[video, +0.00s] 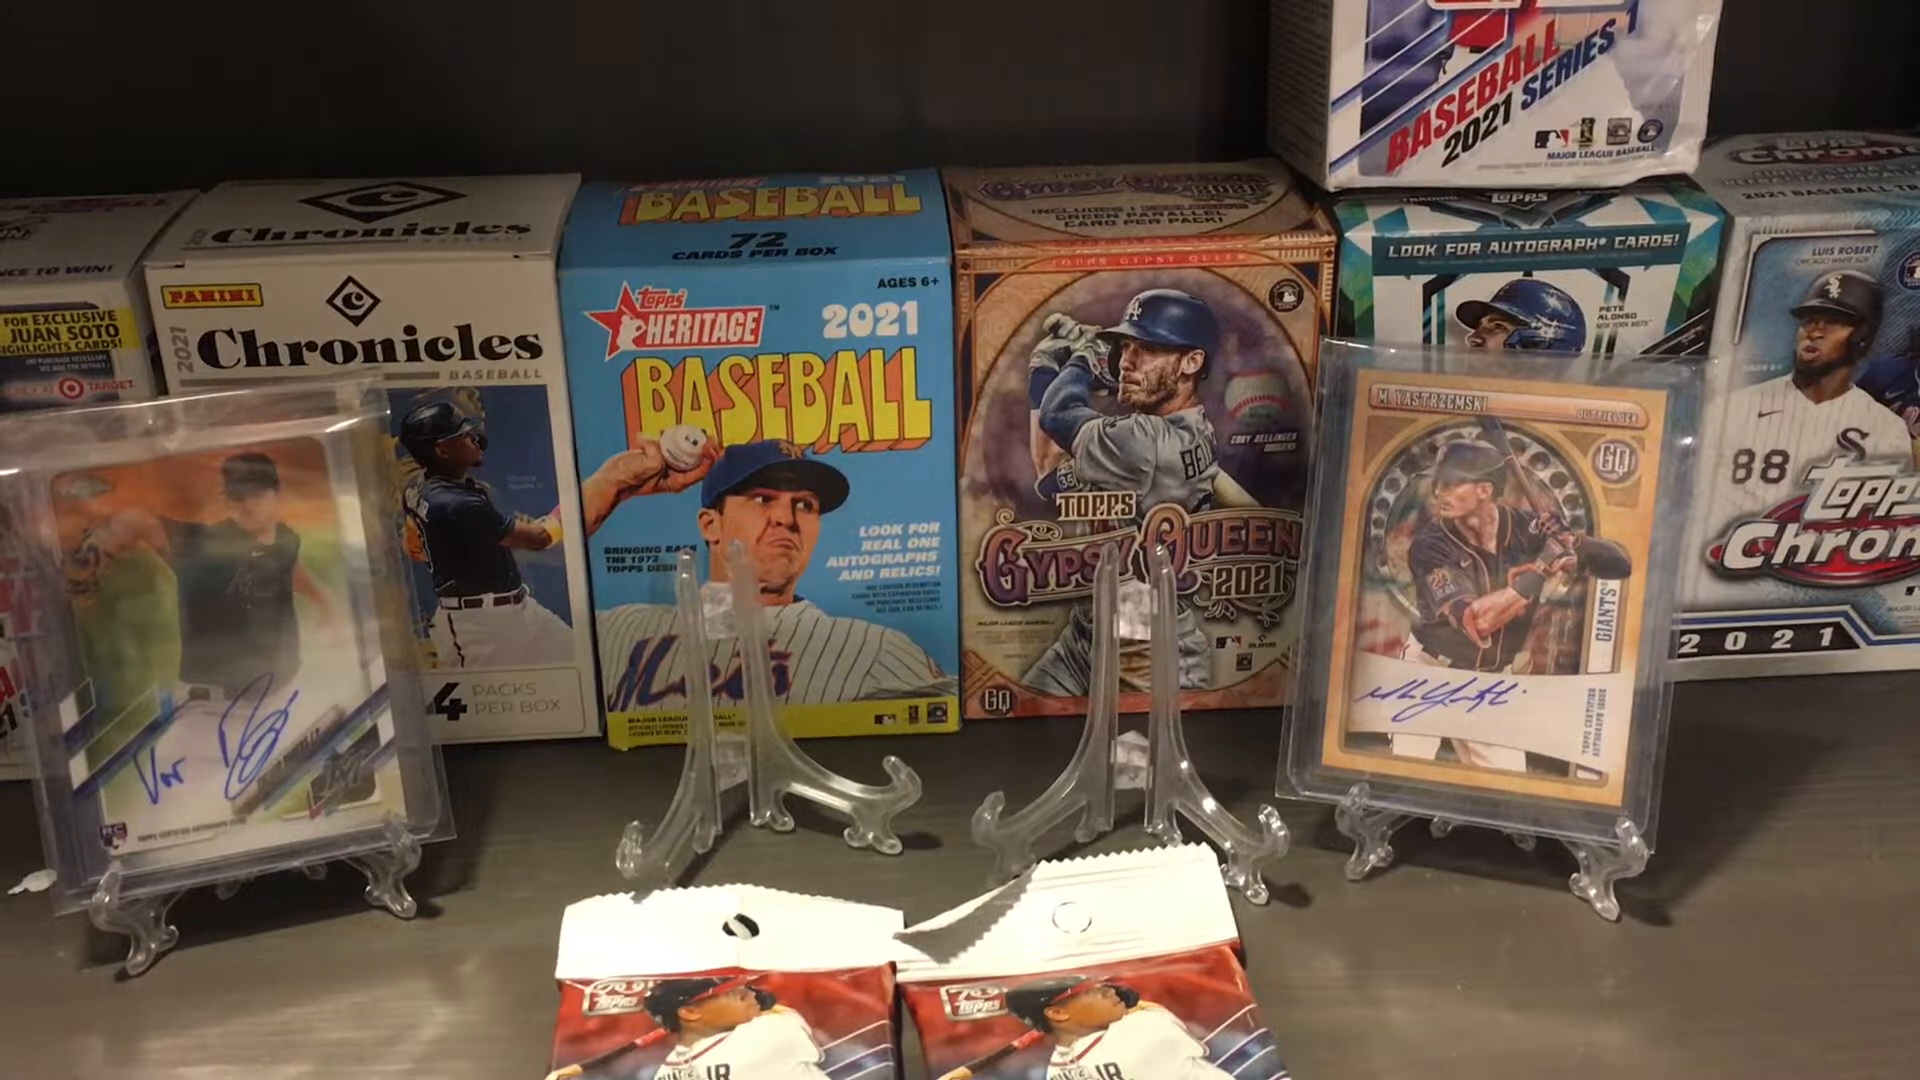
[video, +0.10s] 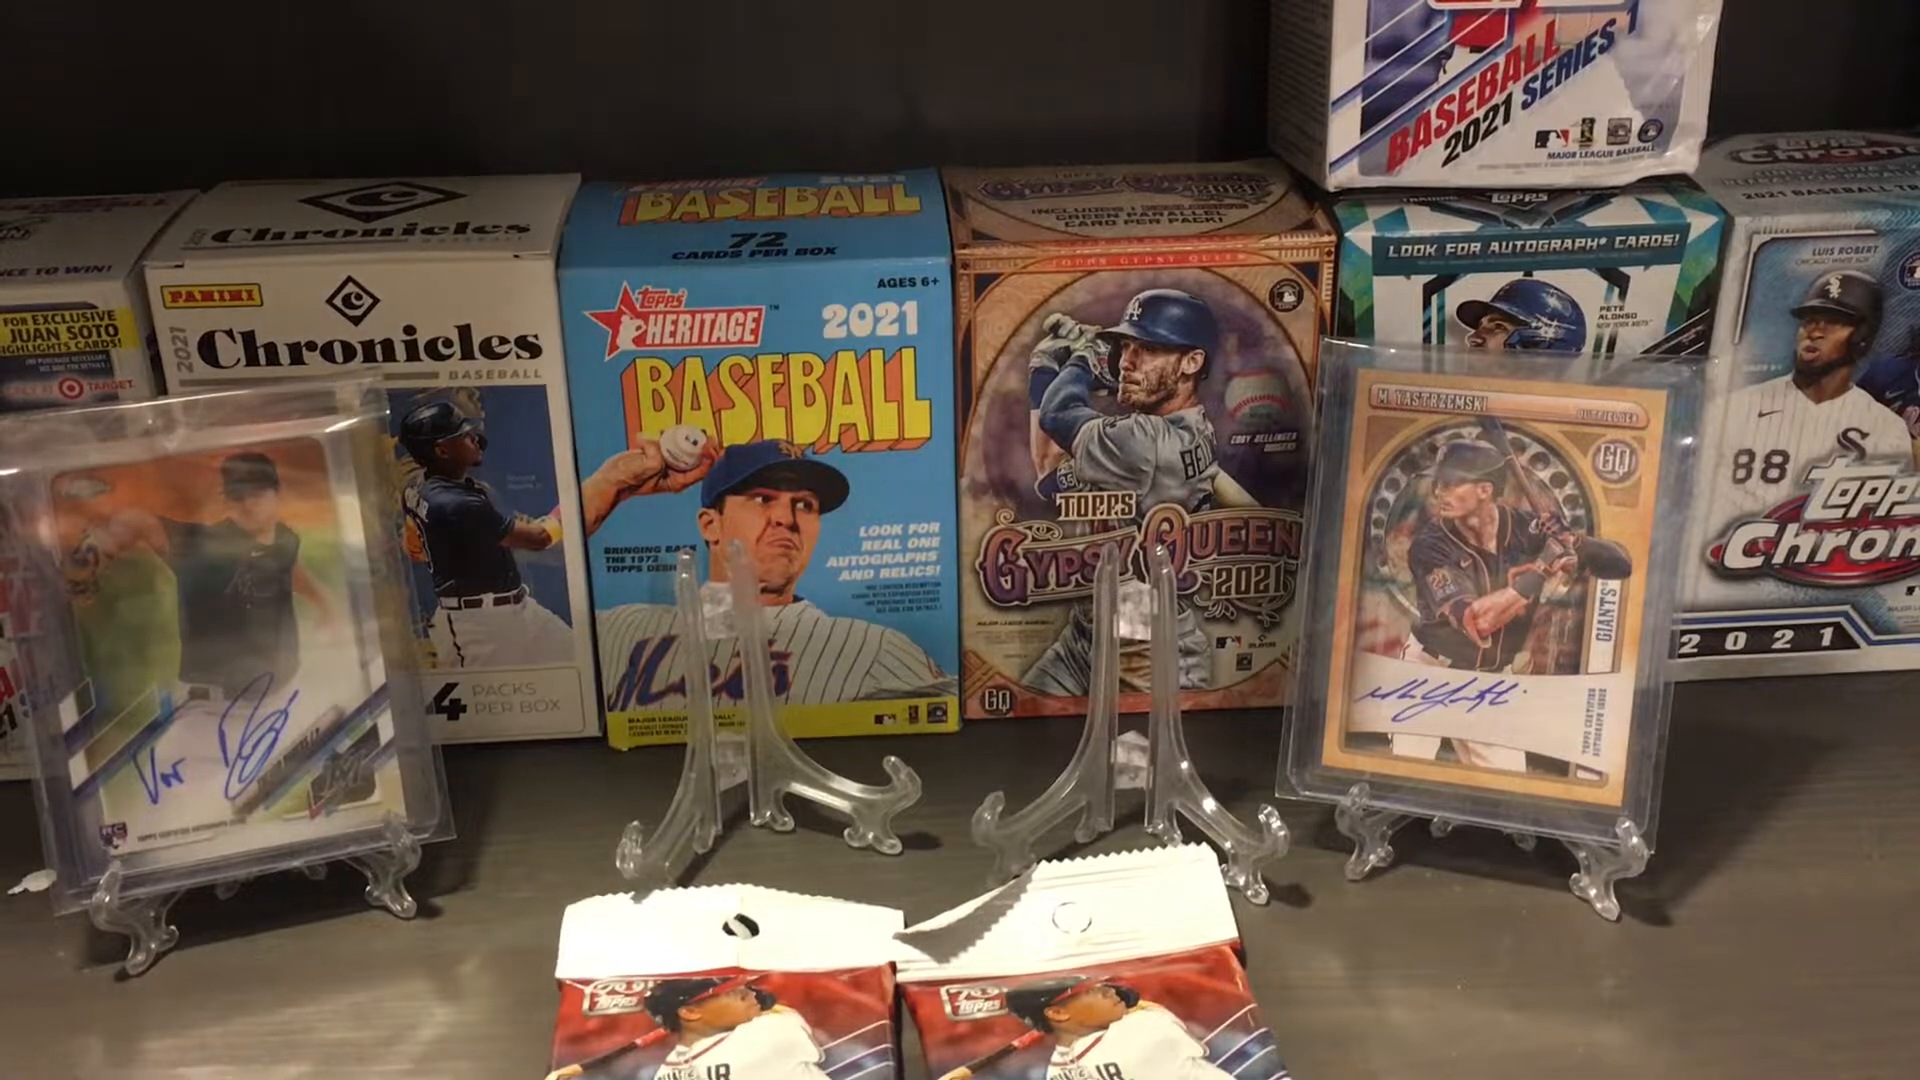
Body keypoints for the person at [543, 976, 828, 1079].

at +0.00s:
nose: (746, 994)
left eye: (739, 987)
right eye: (730, 994)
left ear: (689, 1015)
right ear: (692, 1015)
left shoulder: (665, 1071)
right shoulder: (778, 1034)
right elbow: (779, 1008)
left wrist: (578, 1072)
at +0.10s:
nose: (747, 994)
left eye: (739, 987)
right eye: (730, 994)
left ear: (690, 1015)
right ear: (692, 1014)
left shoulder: (666, 1071)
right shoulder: (778, 1034)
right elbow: (778, 1007)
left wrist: (579, 1072)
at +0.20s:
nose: (746, 993)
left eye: (737, 987)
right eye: (728, 993)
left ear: (690, 1015)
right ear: (692, 1015)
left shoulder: (666, 1071)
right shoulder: (779, 1033)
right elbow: (779, 1008)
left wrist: (579, 1071)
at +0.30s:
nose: (746, 993)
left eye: (737, 986)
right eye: (729, 993)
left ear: (690, 1015)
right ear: (692, 1014)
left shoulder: (666, 1071)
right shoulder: (778, 1033)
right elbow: (779, 1008)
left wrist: (579, 1071)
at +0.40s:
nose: (746, 993)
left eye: (737, 986)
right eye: (729, 993)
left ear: (690, 1015)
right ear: (692, 1014)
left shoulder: (666, 1071)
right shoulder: (778, 1033)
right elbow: (780, 1008)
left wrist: (579, 1071)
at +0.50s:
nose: (746, 993)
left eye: (737, 986)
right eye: (728, 993)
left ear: (690, 1015)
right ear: (692, 1015)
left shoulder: (666, 1071)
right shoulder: (779, 1033)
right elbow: (779, 1008)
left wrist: (579, 1071)